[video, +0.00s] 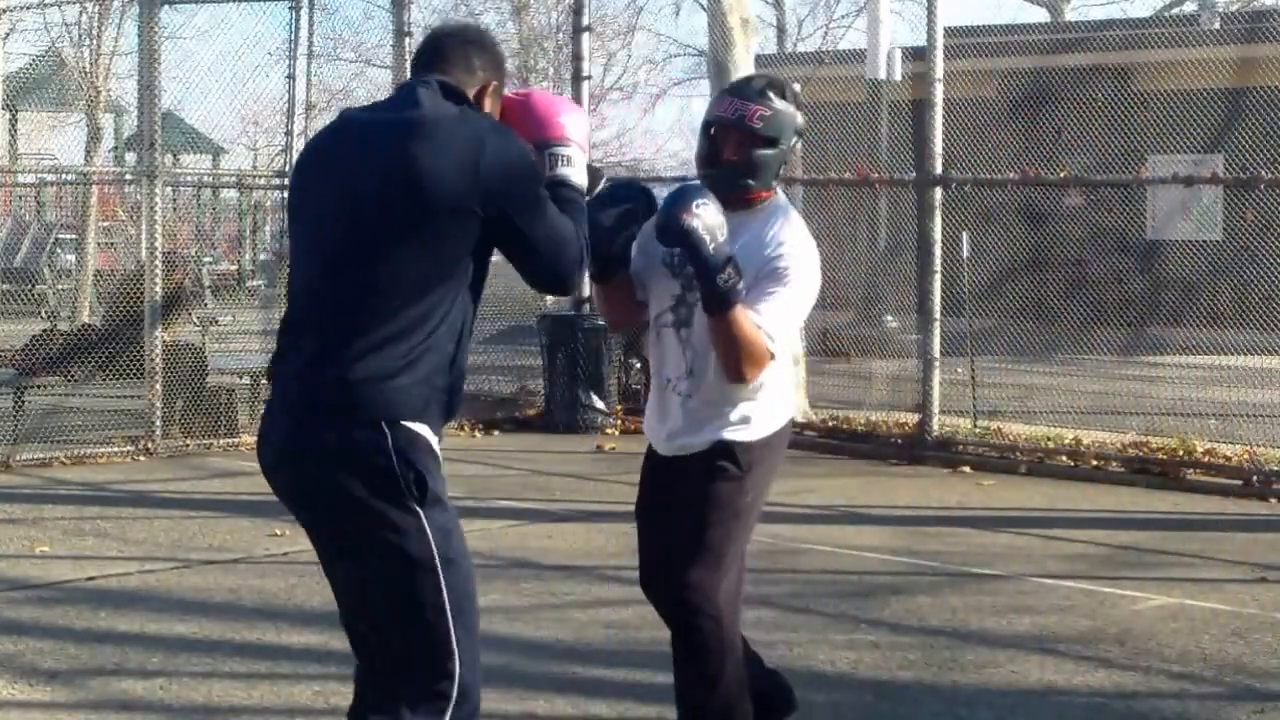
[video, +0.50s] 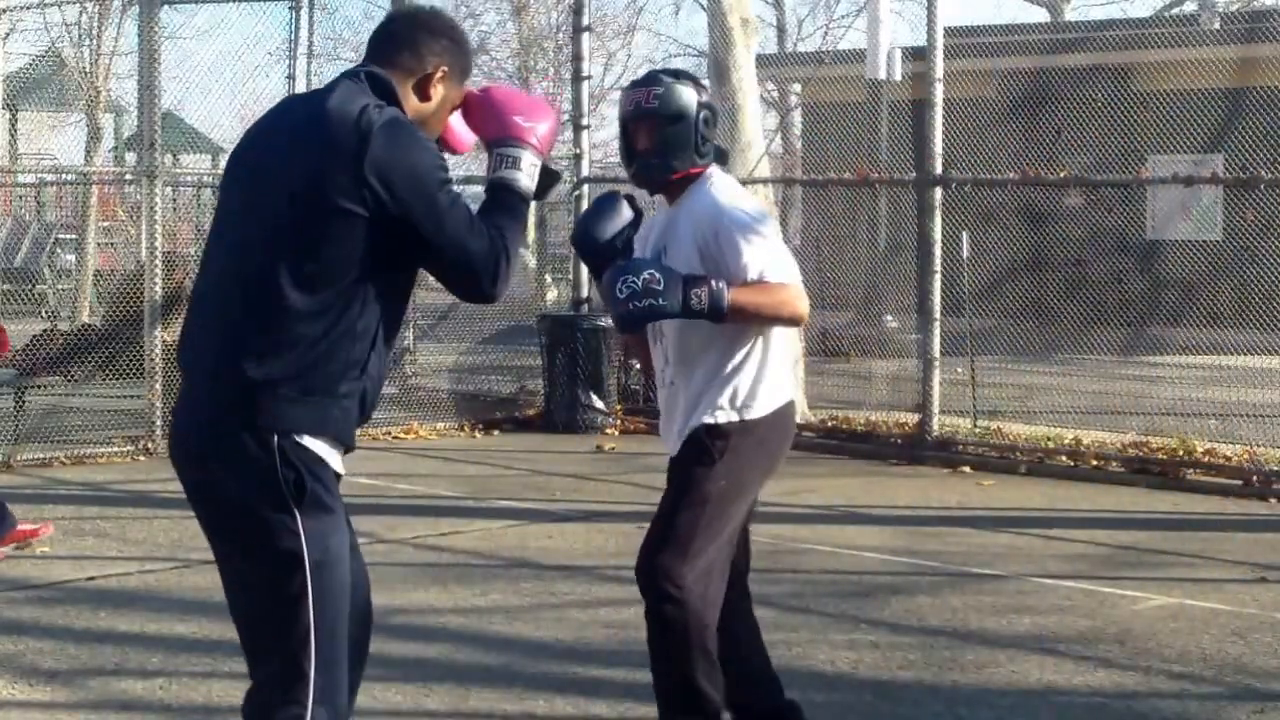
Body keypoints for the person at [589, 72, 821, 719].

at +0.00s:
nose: (722, 151)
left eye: (741, 140)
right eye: (715, 134)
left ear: (776, 153)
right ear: (701, 136)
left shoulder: (787, 244)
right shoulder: (679, 207)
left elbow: (746, 365)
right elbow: (625, 316)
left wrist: (715, 267)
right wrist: (604, 253)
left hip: (740, 433)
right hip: (673, 429)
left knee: (703, 592)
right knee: (663, 579)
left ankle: (716, 712)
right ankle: (765, 694)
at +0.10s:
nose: (702, 133)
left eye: (722, 121)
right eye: (696, 117)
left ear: (757, 136)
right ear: (685, 124)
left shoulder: (782, 232)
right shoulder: (669, 208)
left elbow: (760, 354)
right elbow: (623, 316)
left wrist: (713, 266)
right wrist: (601, 251)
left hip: (743, 429)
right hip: (675, 429)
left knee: (706, 593)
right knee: (670, 579)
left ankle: (719, 711)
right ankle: (766, 696)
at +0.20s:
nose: (677, 132)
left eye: (695, 118)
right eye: (666, 117)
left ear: (735, 127)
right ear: (654, 124)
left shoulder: (760, 217)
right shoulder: (657, 208)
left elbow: (783, 341)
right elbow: (623, 321)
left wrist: (701, 282)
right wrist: (604, 241)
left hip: (749, 426)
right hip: (688, 428)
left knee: (698, 585)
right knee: (667, 571)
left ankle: (722, 710)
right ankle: (764, 702)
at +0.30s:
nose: (652, 153)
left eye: (669, 138)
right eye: (643, 140)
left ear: (706, 139)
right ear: (633, 147)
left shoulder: (745, 226)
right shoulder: (656, 232)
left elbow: (794, 343)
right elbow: (629, 353)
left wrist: (699, 309)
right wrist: (606, 272)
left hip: (751, 437)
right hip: (696, 439)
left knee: (682, 592)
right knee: (686, 593)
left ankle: (713, 715)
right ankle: (768, 712)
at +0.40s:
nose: (648, 155)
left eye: (663, 139)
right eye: (636, 142)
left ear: (697, 141)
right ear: (626, 152)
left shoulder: (737, 221)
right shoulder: (661, 233)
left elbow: (796, 321)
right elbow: (652, 357)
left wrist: (699, 309)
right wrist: (616, 289)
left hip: (748, 430)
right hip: (699, 432)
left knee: (673, 584)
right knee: (702, 591)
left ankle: (711, 713)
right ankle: (764, 710)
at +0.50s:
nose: (639, 141)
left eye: (653, 126)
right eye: (631, 128)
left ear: (688, 130)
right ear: (626, 138)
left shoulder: (725, 206)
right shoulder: (653, 223)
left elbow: (793, 304)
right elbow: (648, 346)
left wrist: (693, 293)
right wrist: (612, 271)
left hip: (745, 417)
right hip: (697, 419)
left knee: (670, 571)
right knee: (718, 591)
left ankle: (696, 711)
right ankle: (765, 712)